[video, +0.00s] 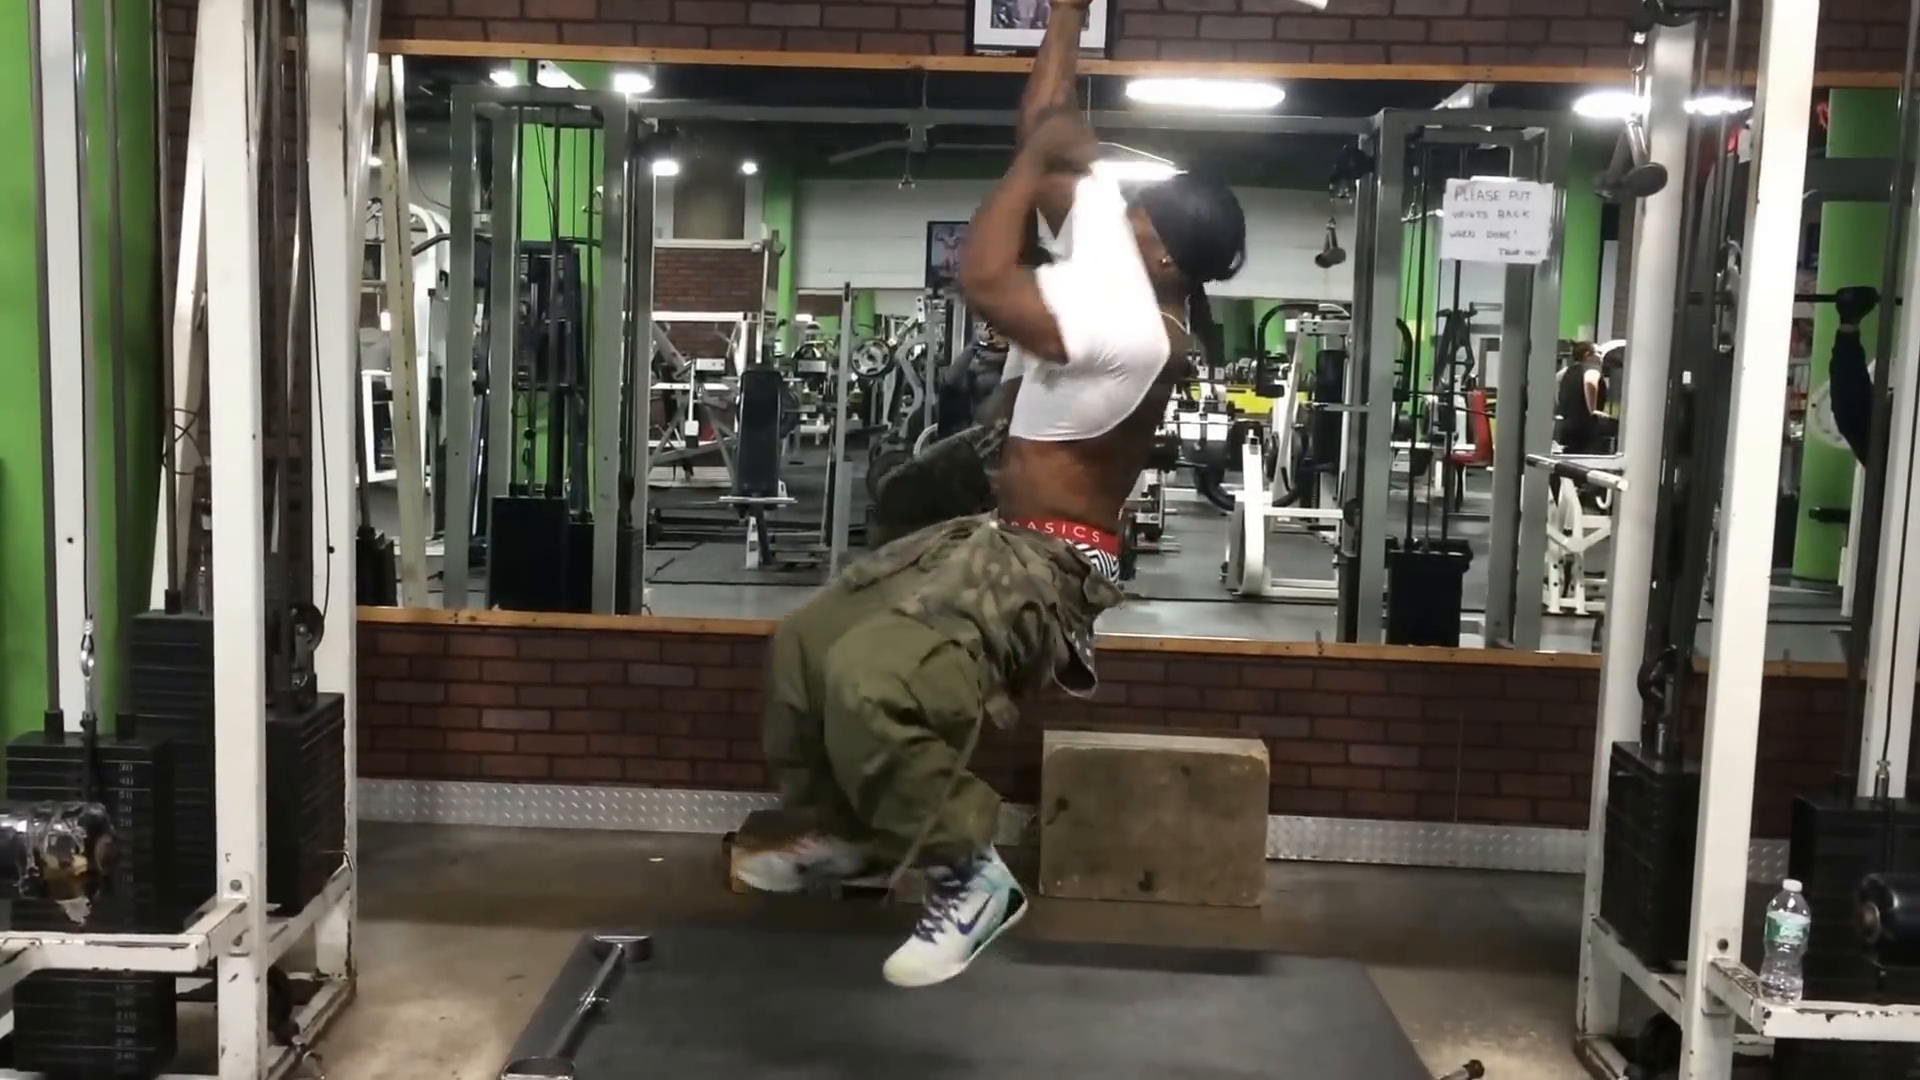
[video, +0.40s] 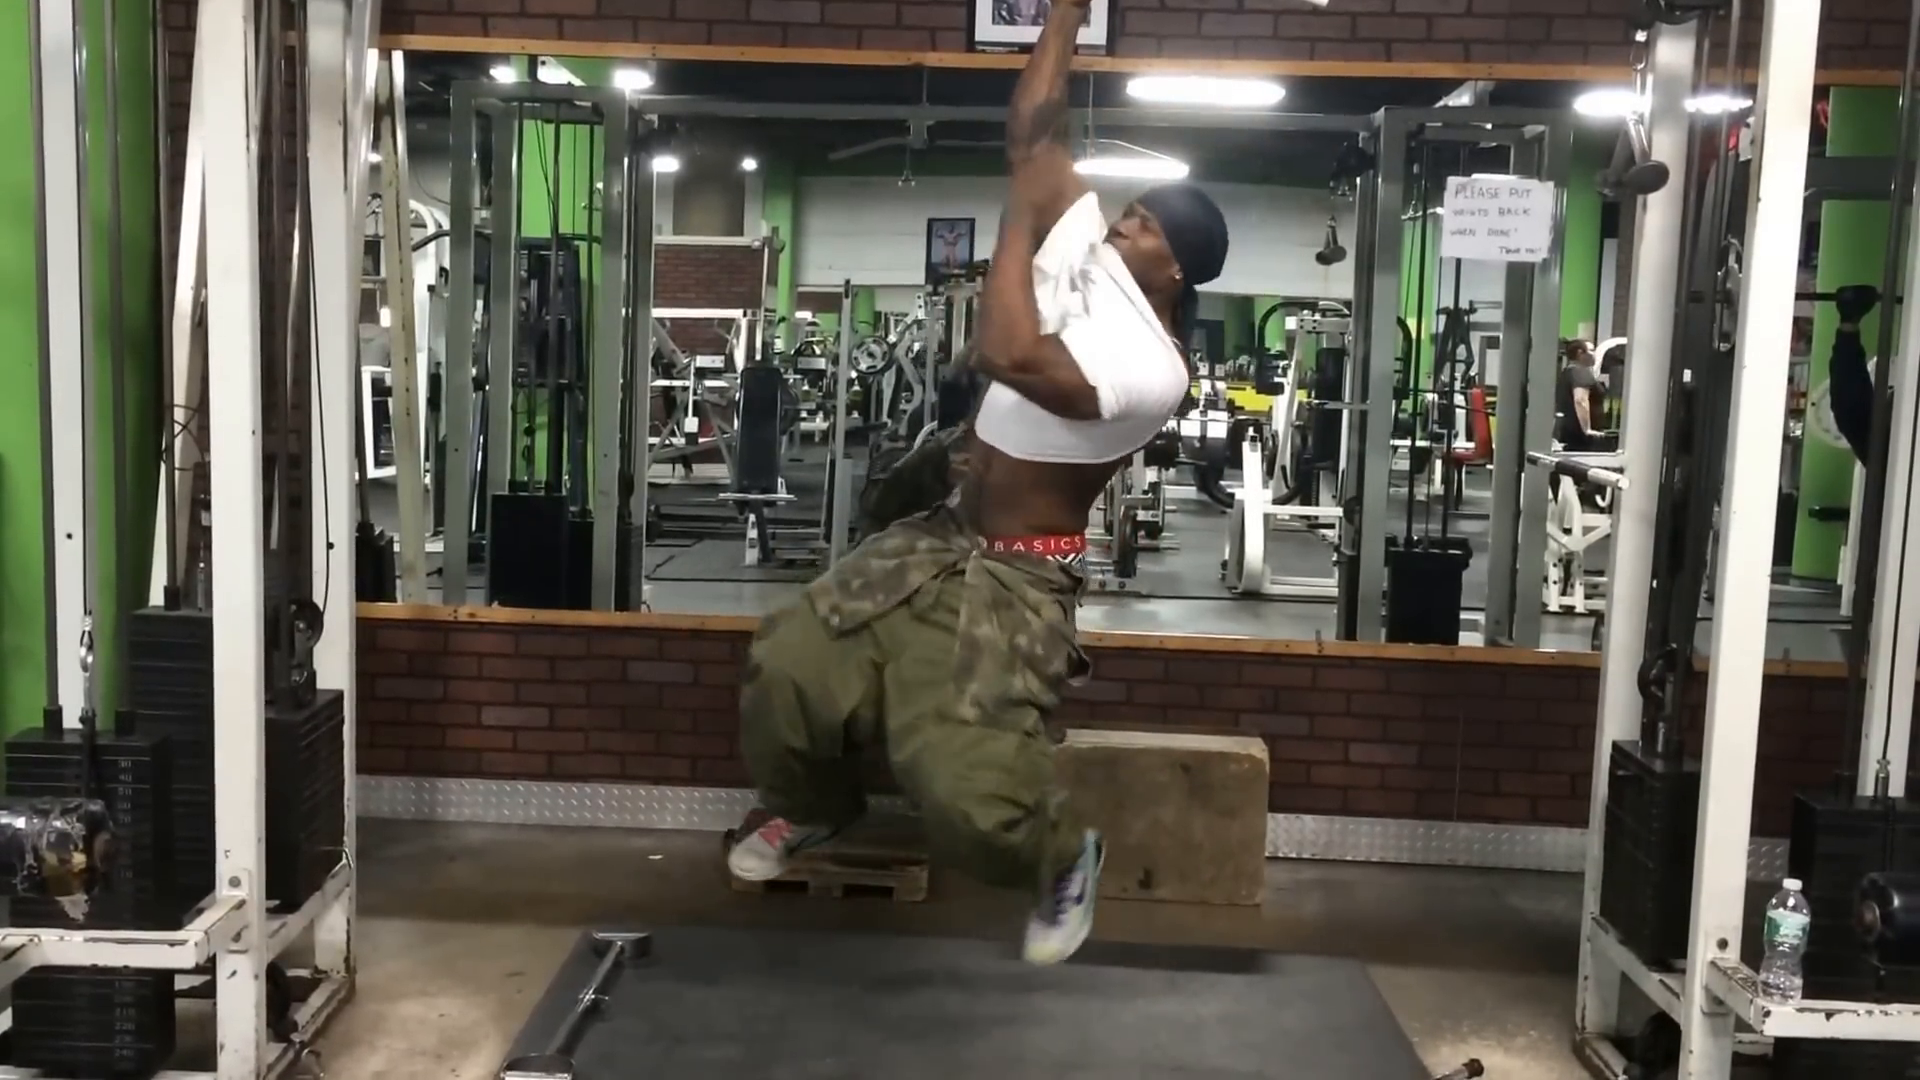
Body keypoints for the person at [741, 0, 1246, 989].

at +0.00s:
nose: (1113, 202)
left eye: (1129, 201)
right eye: (1123, 198)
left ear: (1161, 252)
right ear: (1158, 252)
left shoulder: (1129, 326)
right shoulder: (1107, 292)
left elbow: (986, 280)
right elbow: (1045, 152)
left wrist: (1034, 170)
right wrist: (1064, 34)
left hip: (1055, 553)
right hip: (997, 531)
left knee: (868, 673)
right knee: (807, 642)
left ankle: (972, 868)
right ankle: (850, 836)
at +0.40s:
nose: (1123, 225)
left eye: (1146, 225)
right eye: (1128, 214)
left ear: (1178, 269)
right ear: (1114, 225)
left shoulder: (1154, 375)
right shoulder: (1077, 238)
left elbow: (1009, 351)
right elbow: (1031, 135)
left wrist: (1020, 223)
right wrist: (1066, 17)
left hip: (1022, 573)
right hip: (940, 531)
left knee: (955, 778)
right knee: (786, 666)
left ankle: (1063, 865)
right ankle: (813, 809)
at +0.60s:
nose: (1131, 227)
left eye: (1153, 233)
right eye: (1136, 216)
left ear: (1178, 270)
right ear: (1124, 219)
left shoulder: (1176, 348)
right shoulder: (1062, 258)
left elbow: (1085, 271)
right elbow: (1032, 149)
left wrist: (1017, 152)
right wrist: (1060, 28)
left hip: (1030, 580)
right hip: (931, 547)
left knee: (1037, 801)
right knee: (839, 738)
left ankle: (1108, 828)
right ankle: (836, 819)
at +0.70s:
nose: (1122, 212)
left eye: (1142, 211)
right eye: (1126, 203)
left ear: (1182, 247)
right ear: (1118, 218)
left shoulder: (1189, 331)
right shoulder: (1060, 257)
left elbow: (1127, 197)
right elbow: (1024, 142)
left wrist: (1099, 71)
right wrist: (1057, 29)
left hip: (1047, 579)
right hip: (942, 548)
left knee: (1065, 792)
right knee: (865, 752)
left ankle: (1120, 805)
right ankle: (850, 818)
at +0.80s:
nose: (1153, 194)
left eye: (1176, 191)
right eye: (1148, 184)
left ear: (1209, 223)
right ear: (1132, 202)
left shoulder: (1206, 304)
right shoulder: (1063, 241)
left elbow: (1169, 160)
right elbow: (1027, 135)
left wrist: (1127, 17)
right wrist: (1068, 9)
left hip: (1073, 570)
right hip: (967, 541)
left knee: (1076, 788)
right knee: (873, 750)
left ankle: (1111, 790)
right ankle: (848, 810)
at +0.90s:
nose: (1150, 164)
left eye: (1173, 160)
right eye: (1137, 152)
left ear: (1201, 182)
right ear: (1135, 177)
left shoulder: (1219, 271)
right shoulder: (1077, 239)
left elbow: (1171, 127)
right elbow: (1035, 141)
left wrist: (1104, 7)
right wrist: (1065, 15)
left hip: (1107, 566)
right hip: (999, 531)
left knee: (1069, 782)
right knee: (884, 720)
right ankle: (840, 798)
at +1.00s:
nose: (1154, 155)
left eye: (1176, 141)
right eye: (1148, 138)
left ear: (1210, 168)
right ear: (1138, 155)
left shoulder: (1235, 256)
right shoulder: (1097, 232)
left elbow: (1180, 114)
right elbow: (1043, 142)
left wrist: (1111, 3)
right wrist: (1068, 11)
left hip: (1125, 557)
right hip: (1027, 516)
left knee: (1049, 789)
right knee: (894, 697)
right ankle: (836, 784)